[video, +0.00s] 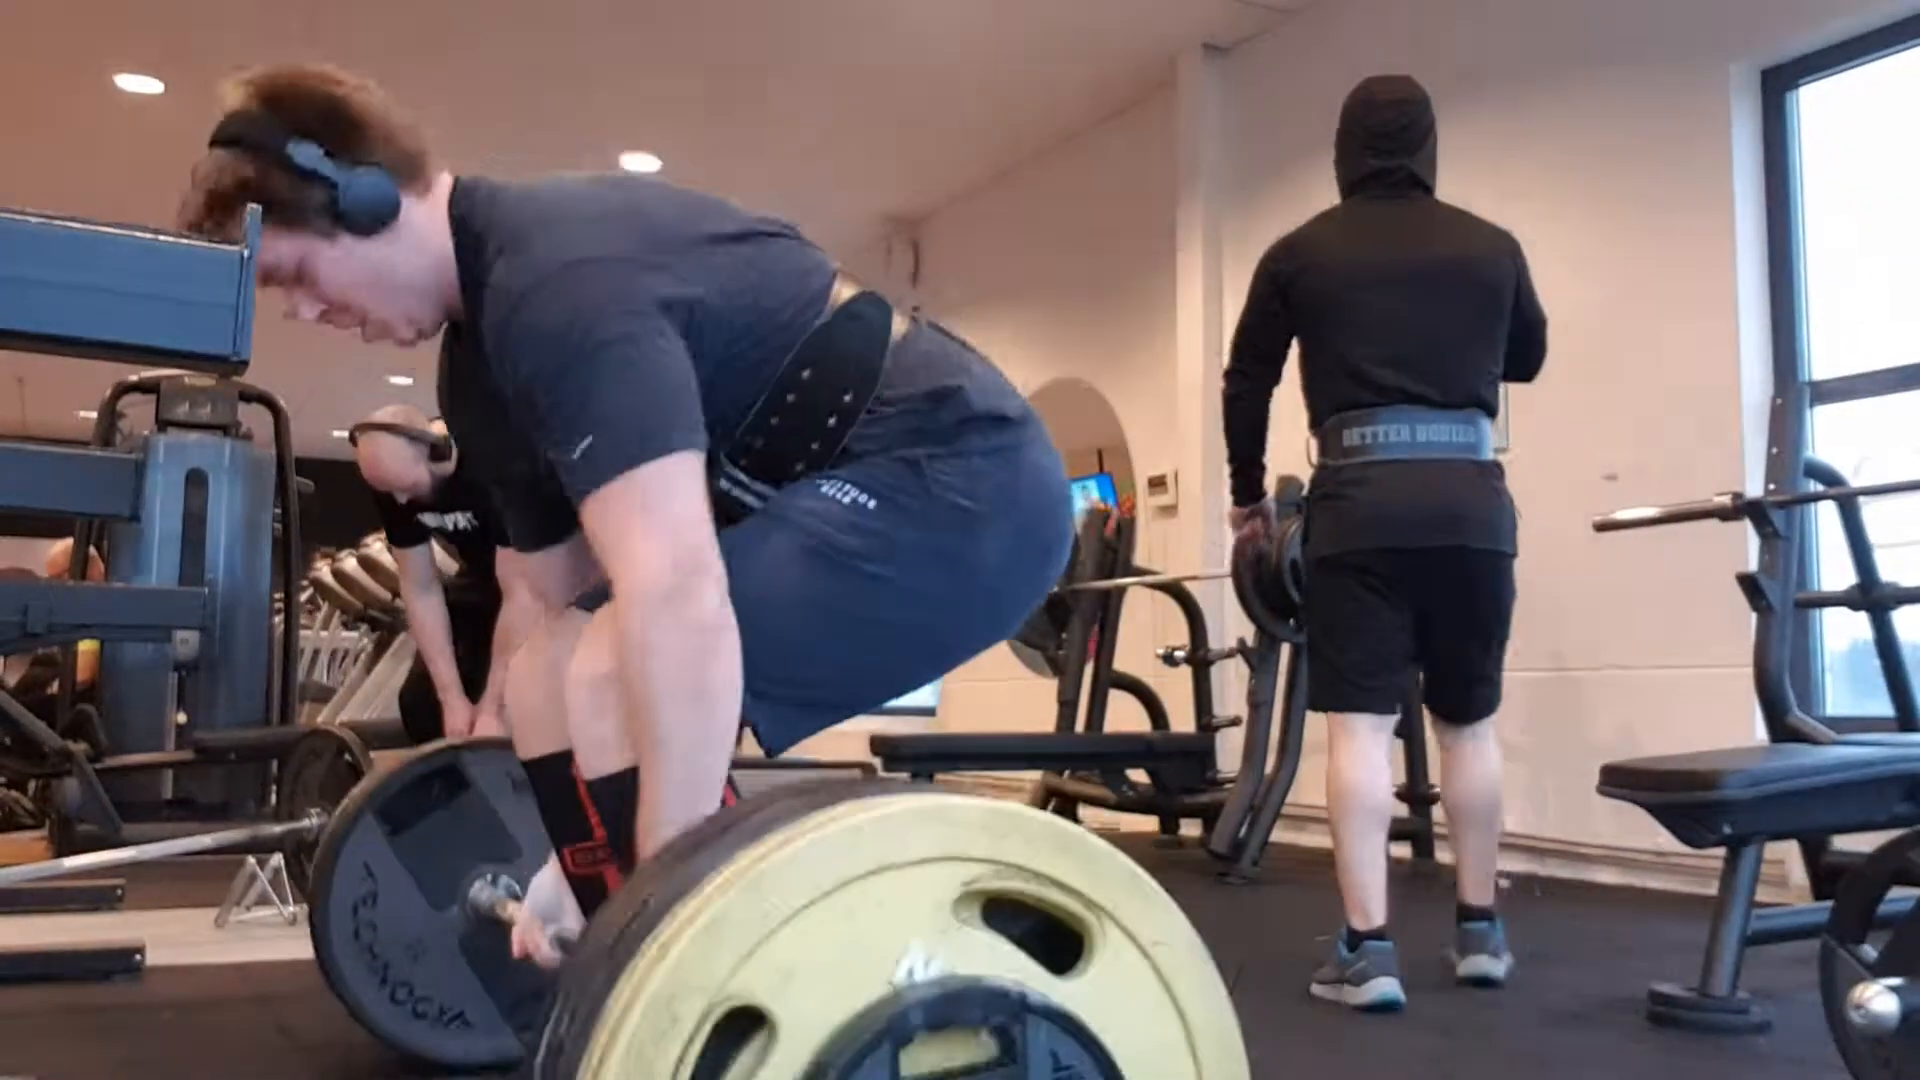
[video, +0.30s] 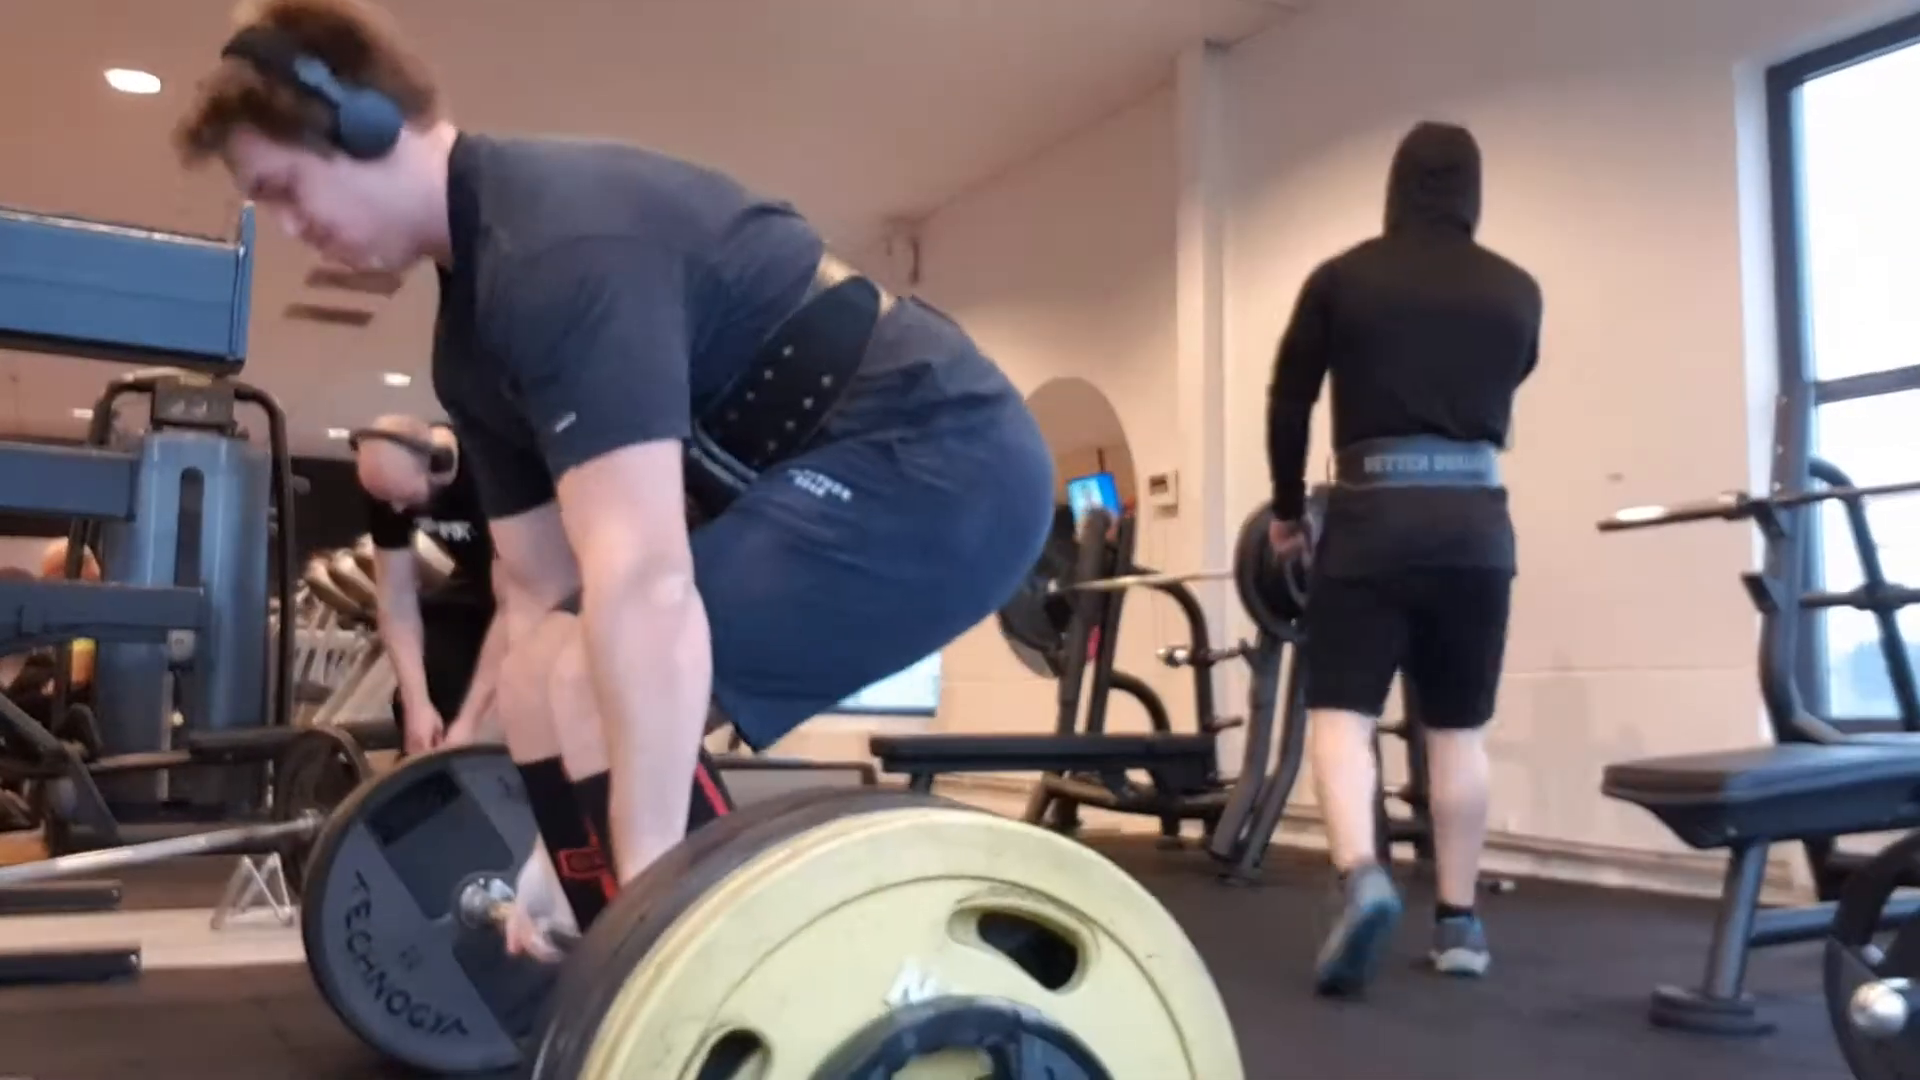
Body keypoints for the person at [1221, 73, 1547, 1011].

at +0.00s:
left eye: (1355, 143)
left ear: (1343, 154)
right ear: (1430, 151)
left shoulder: (1299, 254)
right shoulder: (1493, 246)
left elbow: (1247, 381)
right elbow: (1524, 360)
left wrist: (1248, 498)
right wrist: (1445, 338)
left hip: (1357, 509)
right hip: (1471, 509)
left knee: (1358, 724)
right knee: (1469, 721)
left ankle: (1367, 950)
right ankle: (1480, 930)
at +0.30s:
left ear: (1393, 190)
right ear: (1474, 198)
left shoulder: (1341, 278)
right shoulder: (1516, 290)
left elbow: (1289, 402)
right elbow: (1502, 381)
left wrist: (1286, 510)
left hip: (1369, 521)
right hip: (1475, 524)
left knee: (1341, 712)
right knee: (1458, 728)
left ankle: (1362, 878)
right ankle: (1458, 923)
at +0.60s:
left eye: (1411, 210)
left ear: (1397, 221)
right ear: (1472, 228)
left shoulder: (1345, 299)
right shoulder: (1509, 314)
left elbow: (1292, 411)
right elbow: (1495, 416)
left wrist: (1278, 517)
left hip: (1371, 534)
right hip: (1470, 535)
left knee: (1341, 708)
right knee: (1455, 723)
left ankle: (1356, 892)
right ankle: (1452, 916)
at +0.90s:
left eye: (1359, 257)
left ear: (1358, 264)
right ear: (1432, 265)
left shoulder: (1317, 338)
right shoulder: (1476, 338)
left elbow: (1271, 442)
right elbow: (1486, 423)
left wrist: (1257, 544)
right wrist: (1422, 415)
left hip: (1359, 551)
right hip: (1453, 546)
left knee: (1356, 725)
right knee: (1444, 714)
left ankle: (1358, 894)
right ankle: (1452, 890)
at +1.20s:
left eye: (1331, 269)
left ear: (1326, 279)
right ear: (1394, 275)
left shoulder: (1293, 356)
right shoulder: (1442, 340)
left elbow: (1259, 464)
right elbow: (1472, 415)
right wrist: (1427, 374)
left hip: (1343, 566)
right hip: (1435, 558)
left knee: (1347, 724)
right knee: (1453, 708)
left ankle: (1359, 890)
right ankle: (1453, 847)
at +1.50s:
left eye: (1339, 292)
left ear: (1340, 300)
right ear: (1406, 297)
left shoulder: (1320, 361)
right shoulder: (1454, 362)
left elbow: (1296, 447)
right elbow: (1483, 442)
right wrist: (1427, 408)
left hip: (1348, 567)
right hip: (1436, 568)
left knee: (1351, 725)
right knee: (1446, 730)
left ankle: (1359, 886)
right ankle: (1461, 879)